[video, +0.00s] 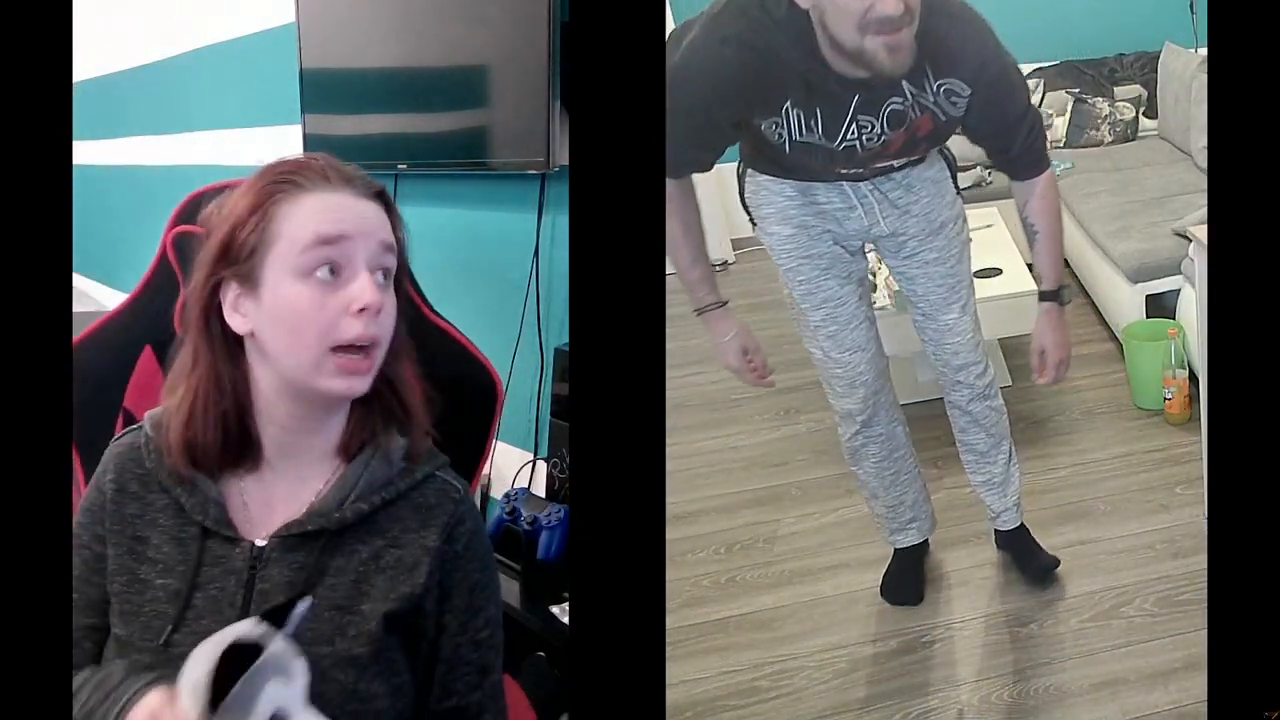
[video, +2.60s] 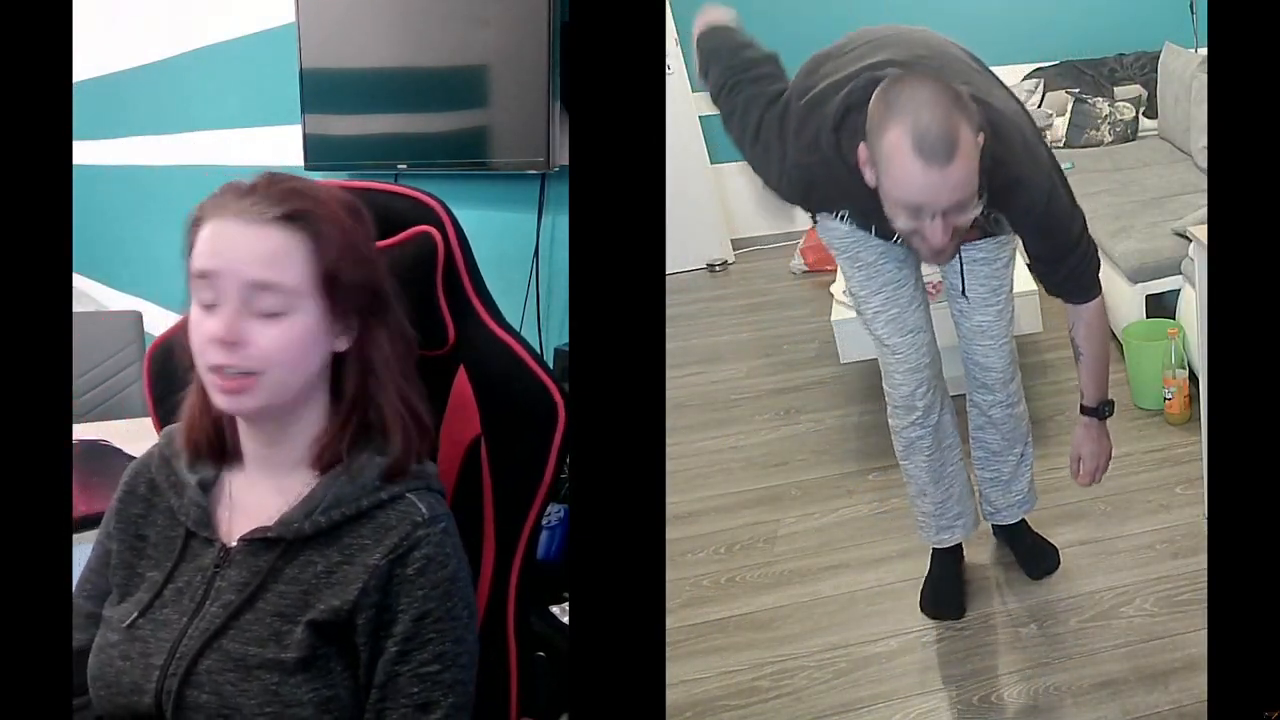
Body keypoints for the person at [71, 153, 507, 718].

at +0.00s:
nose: (372, 297)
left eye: (384, 273)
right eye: (328, 269)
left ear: (396, 295)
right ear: (238, 305)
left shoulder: (440, 521)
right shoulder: (131, 477)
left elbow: (470, 709)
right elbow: (74, 671)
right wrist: (132, 700)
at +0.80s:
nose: (305, 292)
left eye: (330, 269)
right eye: (267, 261)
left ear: (347, 303)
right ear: (196, 291)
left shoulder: (389, 504)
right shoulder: (113, 480)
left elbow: (418, 705)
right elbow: (84, 678)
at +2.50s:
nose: (270, 329)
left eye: (307, 302)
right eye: (237, 300)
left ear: (350, 325)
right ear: (196, 323)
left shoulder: (403, 538)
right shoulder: (148, 485)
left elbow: (422, 706)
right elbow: (76, 676)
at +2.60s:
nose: (223, 334)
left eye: (267, 309)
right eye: (206, 303)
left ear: (343, 325)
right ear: (188, 311)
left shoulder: (407, 542)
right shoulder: (155, 481)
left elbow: (426, 705)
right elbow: (77, 674)